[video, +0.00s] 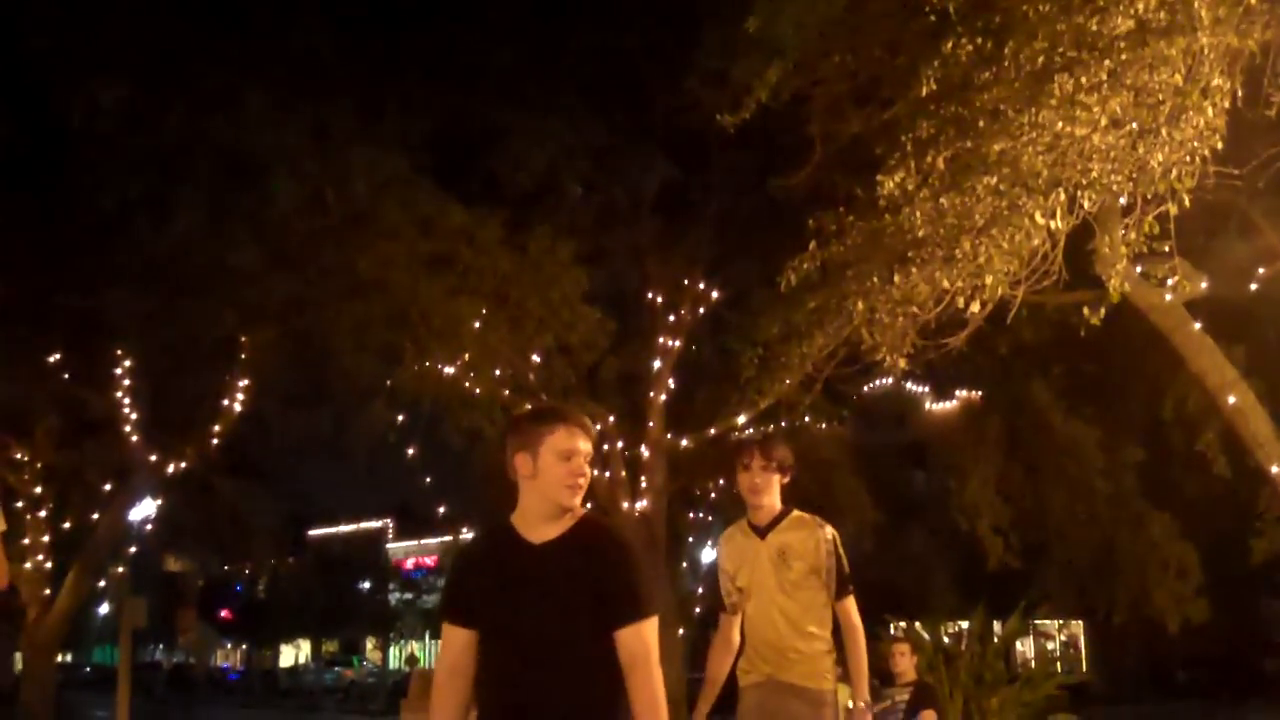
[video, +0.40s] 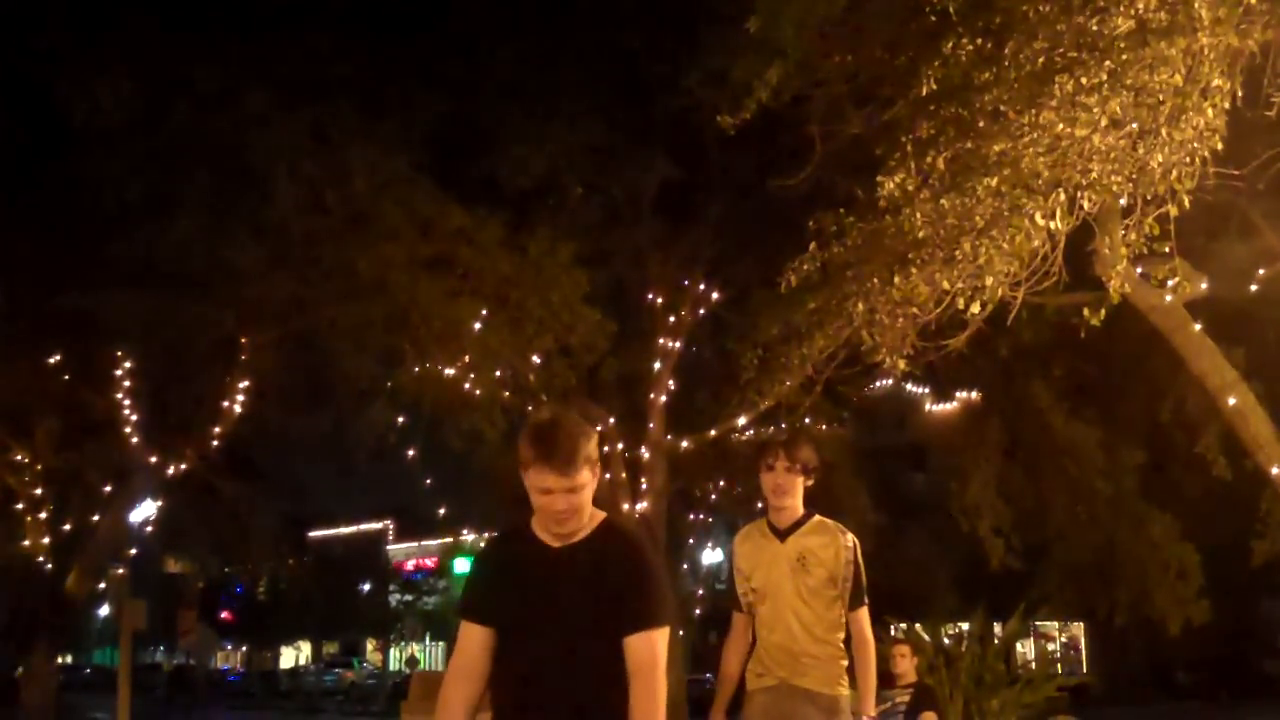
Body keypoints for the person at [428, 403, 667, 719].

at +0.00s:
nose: (583, 471)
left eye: (587, 460)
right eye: (566, 458)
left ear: (593, 467)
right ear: (523, 465)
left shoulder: (610, 551)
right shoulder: (478, 559)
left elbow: (641, 667)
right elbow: (453, 673)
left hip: (598, 711)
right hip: (504, 711)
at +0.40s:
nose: (560, 505)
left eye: (572, 489)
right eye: (545, 491)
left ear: (596, 473)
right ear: (525, 478)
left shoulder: (629, 554)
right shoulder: (500, 557)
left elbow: (646, 675)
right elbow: (466, 670)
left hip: (602, 713)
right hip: (518, 712)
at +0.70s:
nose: (576, 503)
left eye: (584, 487)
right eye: (559, 491)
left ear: (597, 475)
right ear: (528, 485)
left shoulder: (625, 551)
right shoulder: (502, 557)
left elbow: (638, 679)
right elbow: (470, 670)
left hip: (600, 710)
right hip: (519, 710)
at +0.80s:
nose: (585, 497)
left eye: (593, 482)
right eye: (569, 486)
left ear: (603, 476)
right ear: (532, 484)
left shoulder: (624, 553)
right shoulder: (502, 557)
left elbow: (638, 680)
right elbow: (471, 671)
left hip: (601, 711)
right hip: (519, 710)